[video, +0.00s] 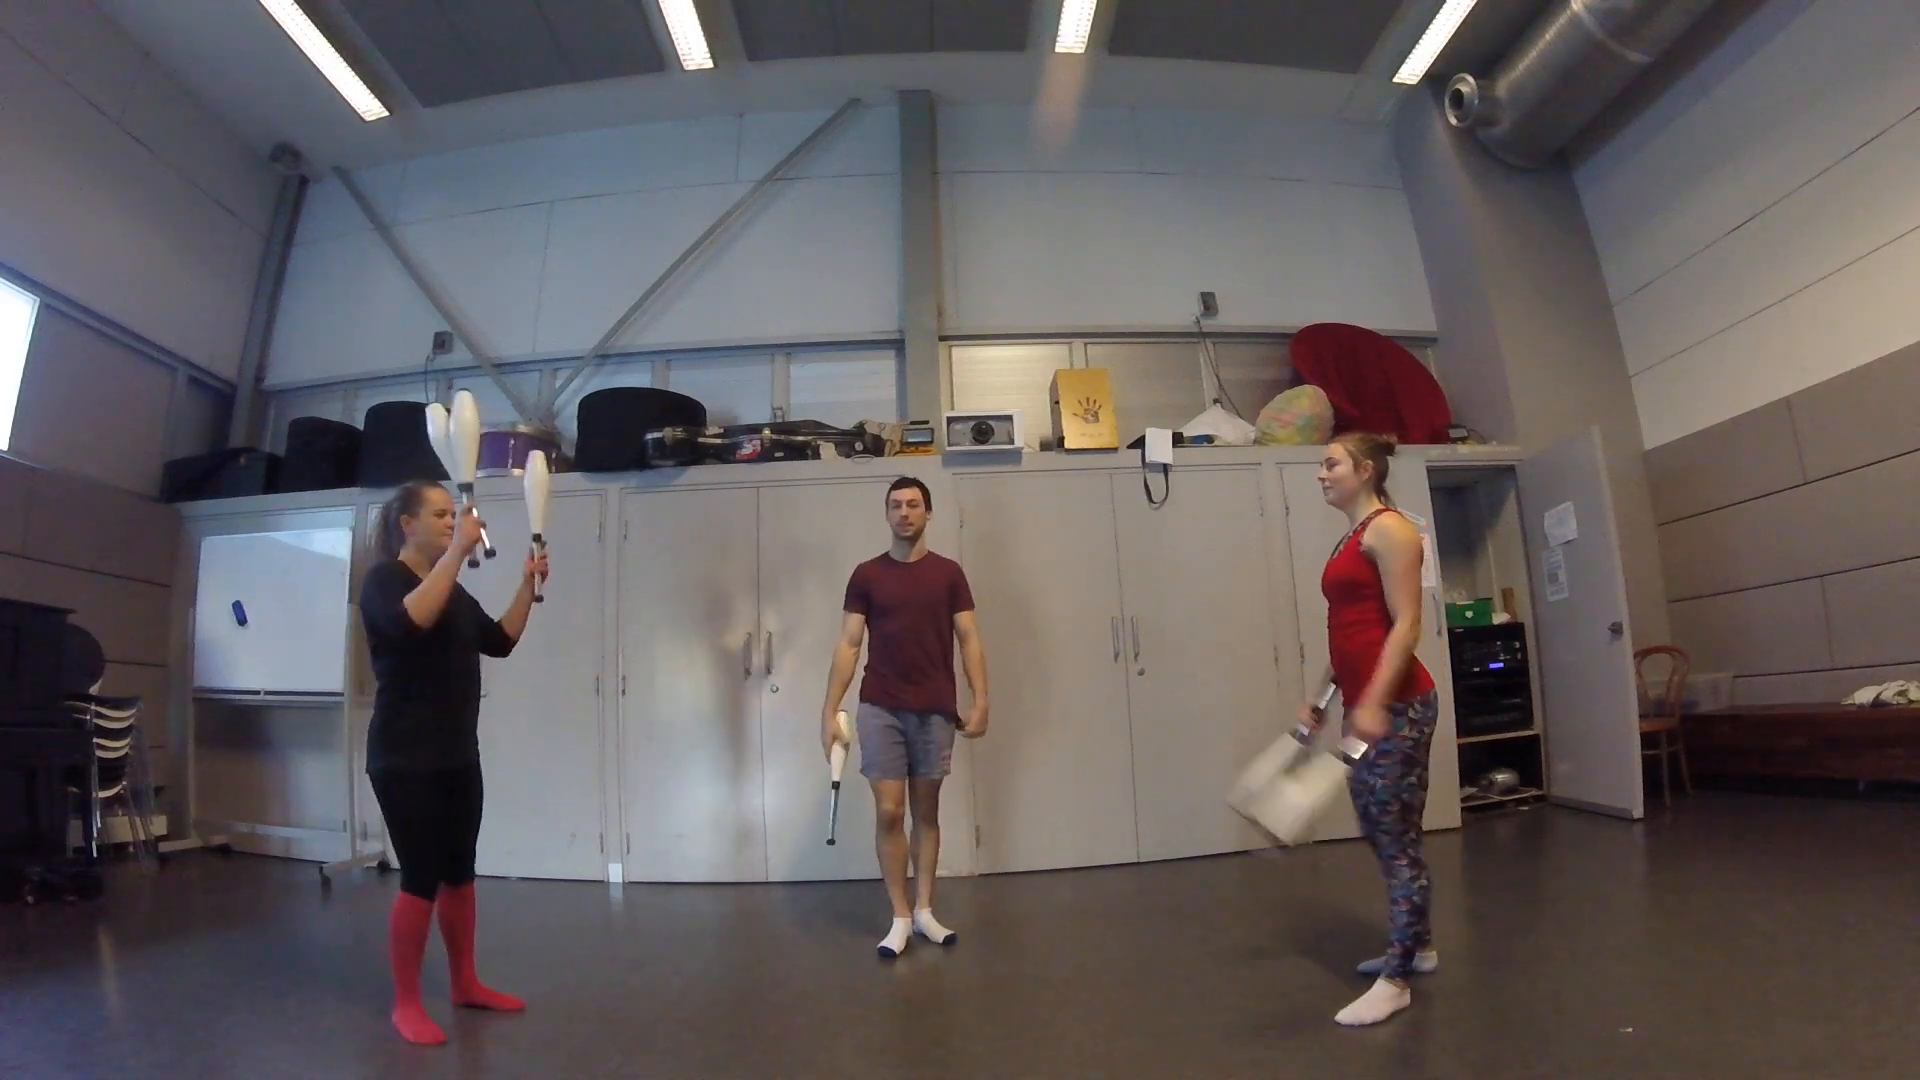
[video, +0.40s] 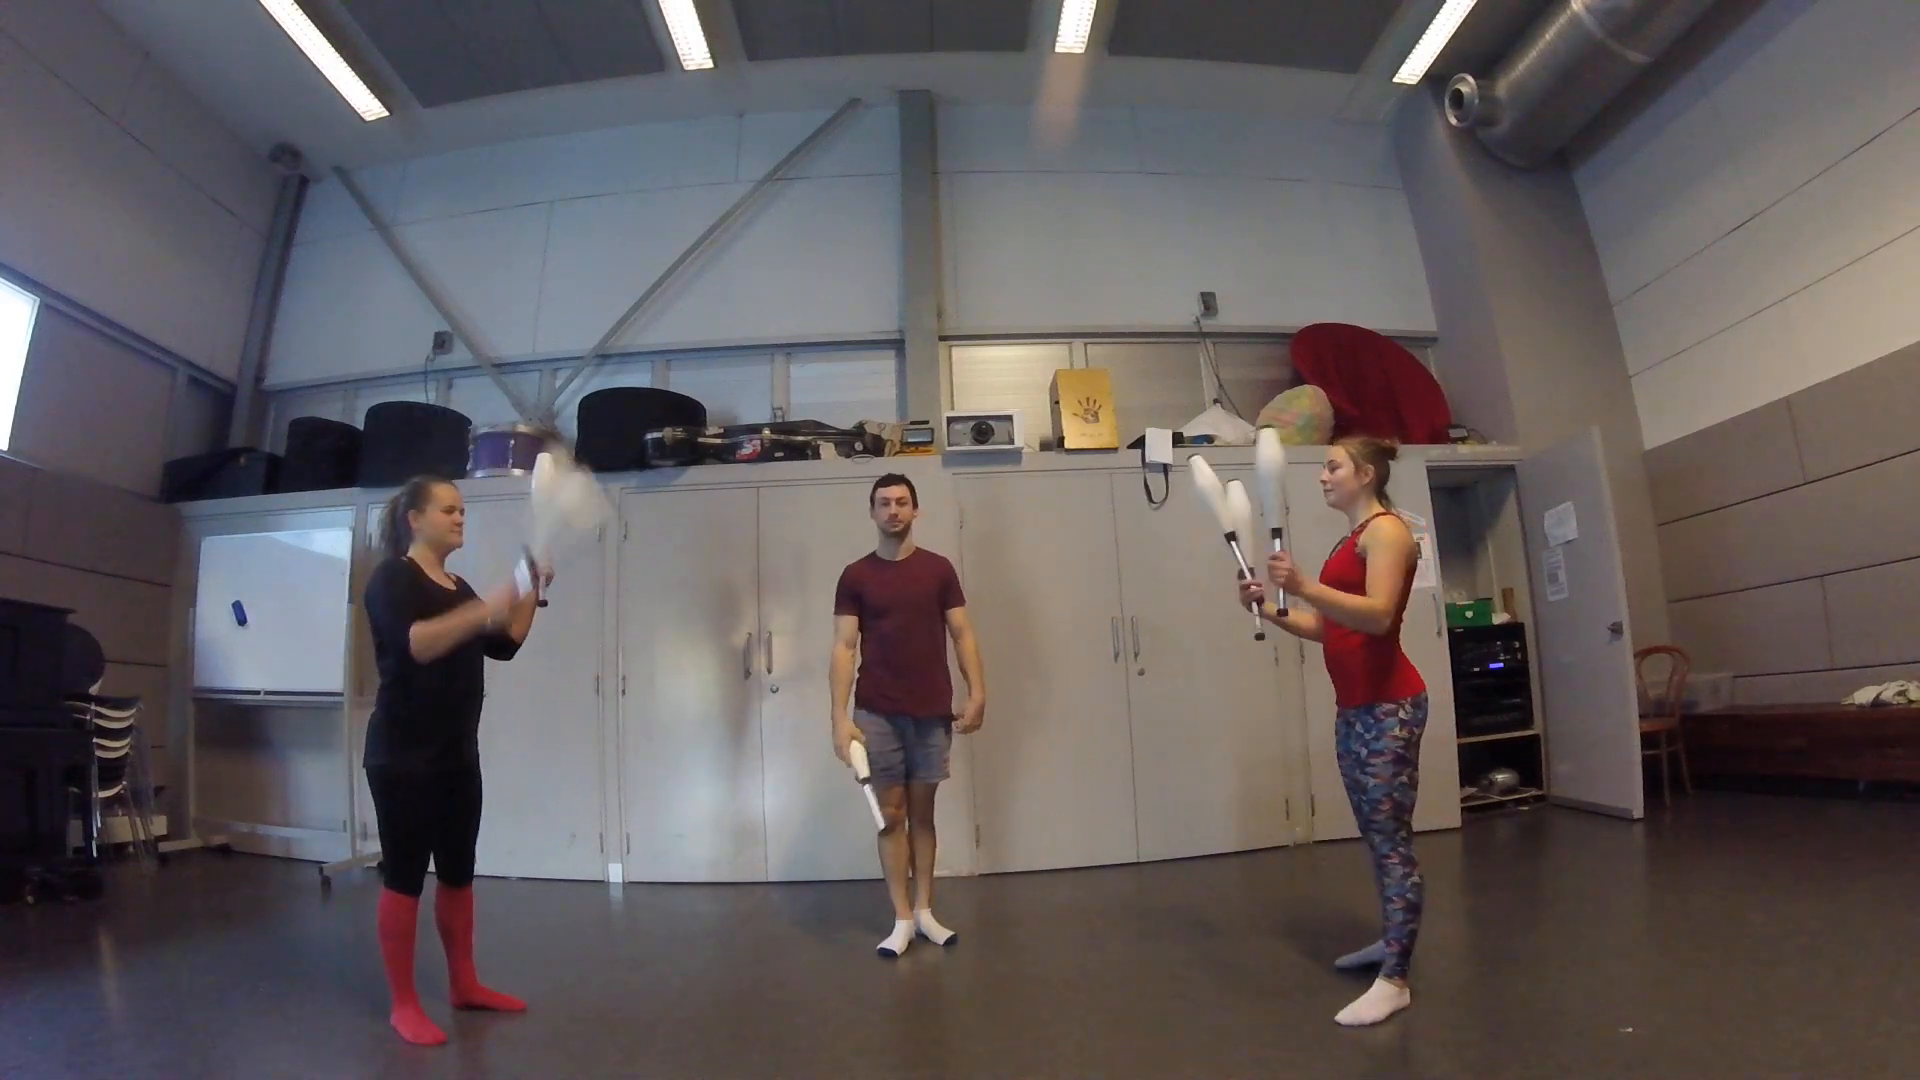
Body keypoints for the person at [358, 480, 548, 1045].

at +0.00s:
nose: (454, 525)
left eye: (455, 516)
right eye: (442, 515)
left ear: (452, 529)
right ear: (406, 524)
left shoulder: (452, 591)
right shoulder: (382, 581)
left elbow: (499, 642)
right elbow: (411, 619)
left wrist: (529, 587)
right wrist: (457, 552)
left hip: (458, 751)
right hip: (403, 755)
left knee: (460, 874)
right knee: (421, 878)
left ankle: (465, 986)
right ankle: (407, 1004)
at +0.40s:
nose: (460, 519)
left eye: (461, 511)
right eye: (449, 510)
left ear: (454, 523)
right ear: (413, 519)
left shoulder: (460, 588)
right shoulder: (389, 582)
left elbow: (503, 646)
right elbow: (418, 643)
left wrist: (531, 596)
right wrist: (490, 610)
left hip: (457, 750)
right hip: (402, 753)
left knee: (458, 871)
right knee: (403, 875)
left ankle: (465, 986)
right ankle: (404, 1004)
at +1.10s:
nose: (473, 519)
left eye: (474, 510)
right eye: (461, 510)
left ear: (468, 520)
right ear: (427, 520)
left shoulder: (469, 586)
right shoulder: (413, 581)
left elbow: (480, 662)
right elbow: (455, 641)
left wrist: (539, 655)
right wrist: (536, 648)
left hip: (464, 750)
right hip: (413, 752)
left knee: (460, 870)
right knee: (408, 873)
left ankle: (466, 987)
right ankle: (404, 1005)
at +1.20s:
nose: (472, 519)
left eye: (472, 510)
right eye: (460, 510)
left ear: (466, 520)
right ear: (425, 520)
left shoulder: (471, 589)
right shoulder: (411, 580)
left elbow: (487, 660)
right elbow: (454, 636)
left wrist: (537, 676)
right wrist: (530, 626)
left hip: (466, 751)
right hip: (414, 753)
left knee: (462, 870)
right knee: (410, 872)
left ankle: (466, 986)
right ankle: (404, 1005)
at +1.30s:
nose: (472, 519)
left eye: (472, 511)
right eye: (461, 510)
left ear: (464, 522)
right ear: (425, 520)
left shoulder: (474, 590)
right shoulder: (408, 582)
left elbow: (499, 663)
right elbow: (438, 644)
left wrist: (534, 709)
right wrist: (506, 637)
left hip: (470, 748)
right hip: (415, 749)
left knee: (464, 870)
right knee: (412, 873)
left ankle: (466, 987)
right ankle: (404, 1006)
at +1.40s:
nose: (471, 518)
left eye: (472, 510)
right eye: (459, 509)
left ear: (464, 523)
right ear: (425, 521)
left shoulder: (479, 593)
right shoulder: (406, 582)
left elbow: (502, 664)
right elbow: (414, 655)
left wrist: (532, 714)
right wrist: (486, 663)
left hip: (472, 751)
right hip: (416, 752)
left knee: (465, 871)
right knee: (414, 874)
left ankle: (466, 986)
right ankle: (406, 1004)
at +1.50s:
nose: (472, 518)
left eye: (472, 510)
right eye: (460, 510)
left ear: (467, 523)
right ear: (426, 522)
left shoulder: (478, 591)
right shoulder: (406, 584)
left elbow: (504, 665)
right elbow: (397, 660)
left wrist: (541, 678)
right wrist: (463, 698)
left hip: (473, 749)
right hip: (418, 751)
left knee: (466, 872)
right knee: (416, 874)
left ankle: (467, 987)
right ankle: (405, 1005)